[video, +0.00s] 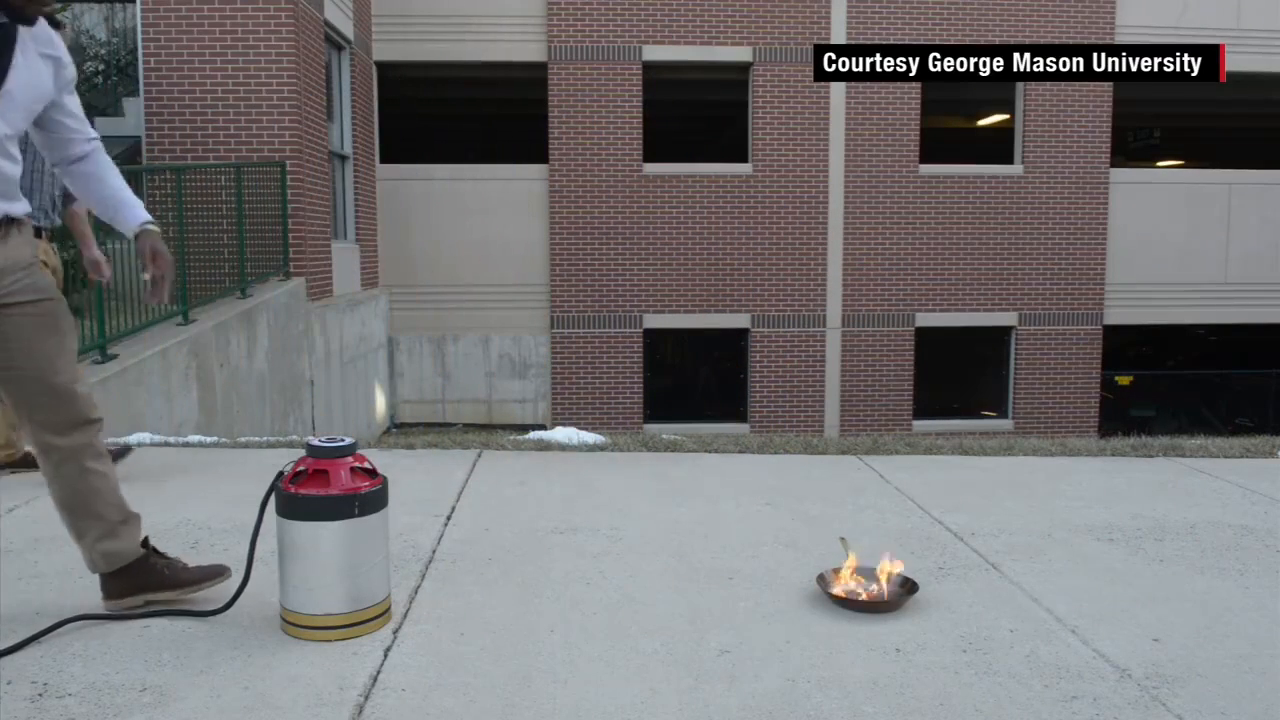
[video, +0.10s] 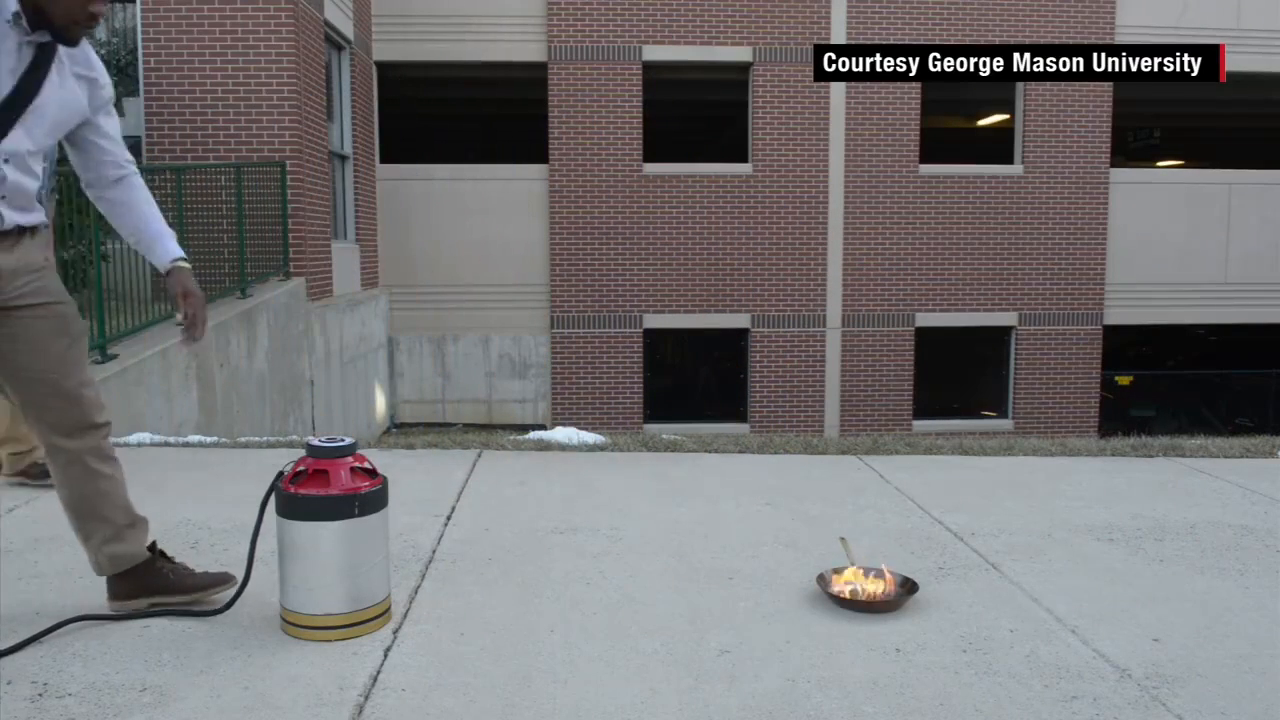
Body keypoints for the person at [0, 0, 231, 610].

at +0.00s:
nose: (55, 1)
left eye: (54, 4)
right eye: (48, 1)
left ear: (31, 3)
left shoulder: (41, 43)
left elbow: (78, 149)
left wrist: (139, 225)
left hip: (10, 243)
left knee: (61, 408)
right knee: (57, 410)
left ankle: (123, 562)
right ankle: (123, 561)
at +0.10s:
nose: (100, 10)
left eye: (105, 1)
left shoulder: (81, 72)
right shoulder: (1, 29)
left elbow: (113, 176)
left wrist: (172, 262)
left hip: (18, 250)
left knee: (75, 414)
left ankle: (130, 566)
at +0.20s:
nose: (169, 54)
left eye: (179, 42)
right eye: (161, 35)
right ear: (111, 7)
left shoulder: (145, 115)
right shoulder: (16, 25)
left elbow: (170, 218)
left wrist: (225, 316)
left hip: (43, 263)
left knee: (105, 412)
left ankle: (136, 568)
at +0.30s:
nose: (214, 80)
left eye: (222, 67)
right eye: (206, 60)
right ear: (156, 35)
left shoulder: (183, 145)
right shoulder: (43, 40)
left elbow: (206, 248)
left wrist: (260, 349)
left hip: (69, 268)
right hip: (2, 262)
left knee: (127, 405)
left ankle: (139, 568)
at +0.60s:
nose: (307, 121)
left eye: (315, 109)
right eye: (300, 101)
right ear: (253, 77)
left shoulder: (264, 189)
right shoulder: (138, 70)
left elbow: (274, 292)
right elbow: (20, 115)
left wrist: (315, 398)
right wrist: (1, 188)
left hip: (136, 278)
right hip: (46, 256)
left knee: (190, 409)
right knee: (2, 420)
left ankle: (142, 569)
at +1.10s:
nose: (352, 60)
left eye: (358, 49)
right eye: (342, 40)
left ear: (350, 55)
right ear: (293, 25)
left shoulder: (304, 149)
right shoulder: (197, 38)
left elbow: (290, 251)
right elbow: (89, 88)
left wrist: (332, 346)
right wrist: (18, 172)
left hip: (199, 267)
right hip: (115, 243)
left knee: (208, 415)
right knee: (74, 422)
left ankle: (144, 570)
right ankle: (13, 597)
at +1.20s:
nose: (350, 35)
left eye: (356, 23)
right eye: (340, 17)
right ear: (293, 6)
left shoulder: (307, 124)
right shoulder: (205, 26)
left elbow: (291, 227)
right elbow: (97, 83)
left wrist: (342, 311)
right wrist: (43, 176)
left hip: (215, 261)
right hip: (139, 241)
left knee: (207, 415)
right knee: (127, 418)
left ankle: (147, 566)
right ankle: (87, 601)